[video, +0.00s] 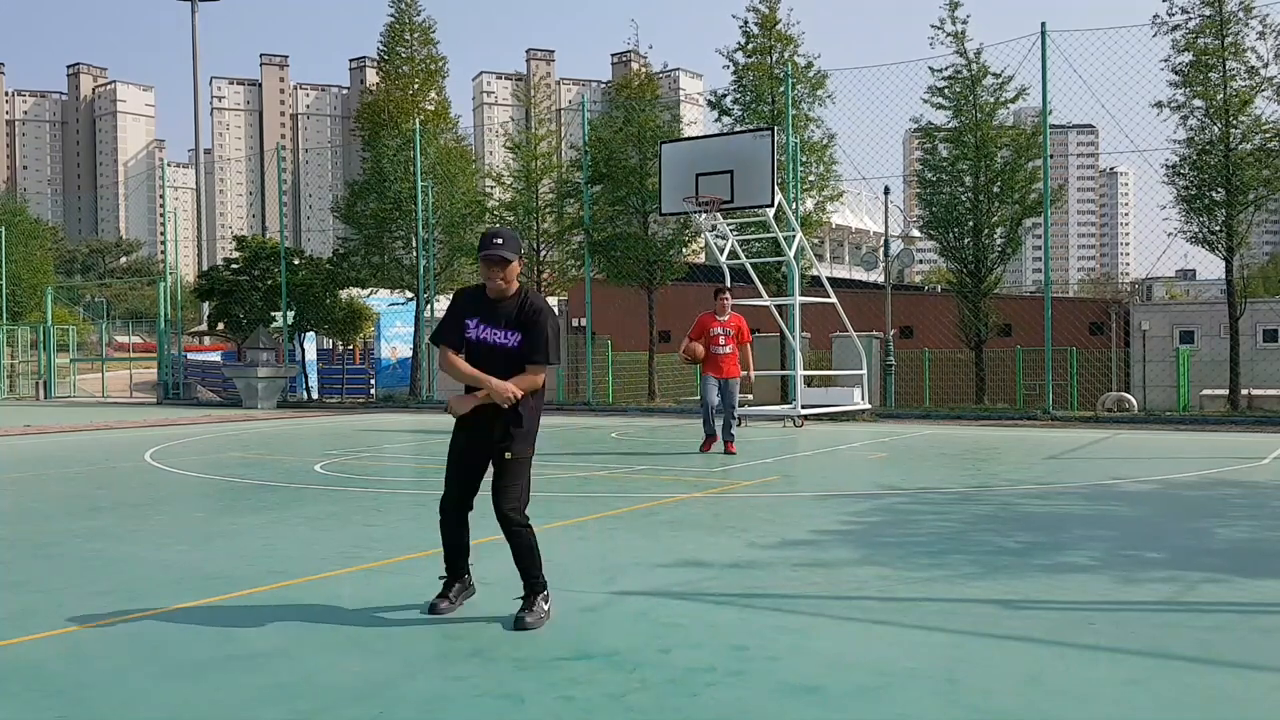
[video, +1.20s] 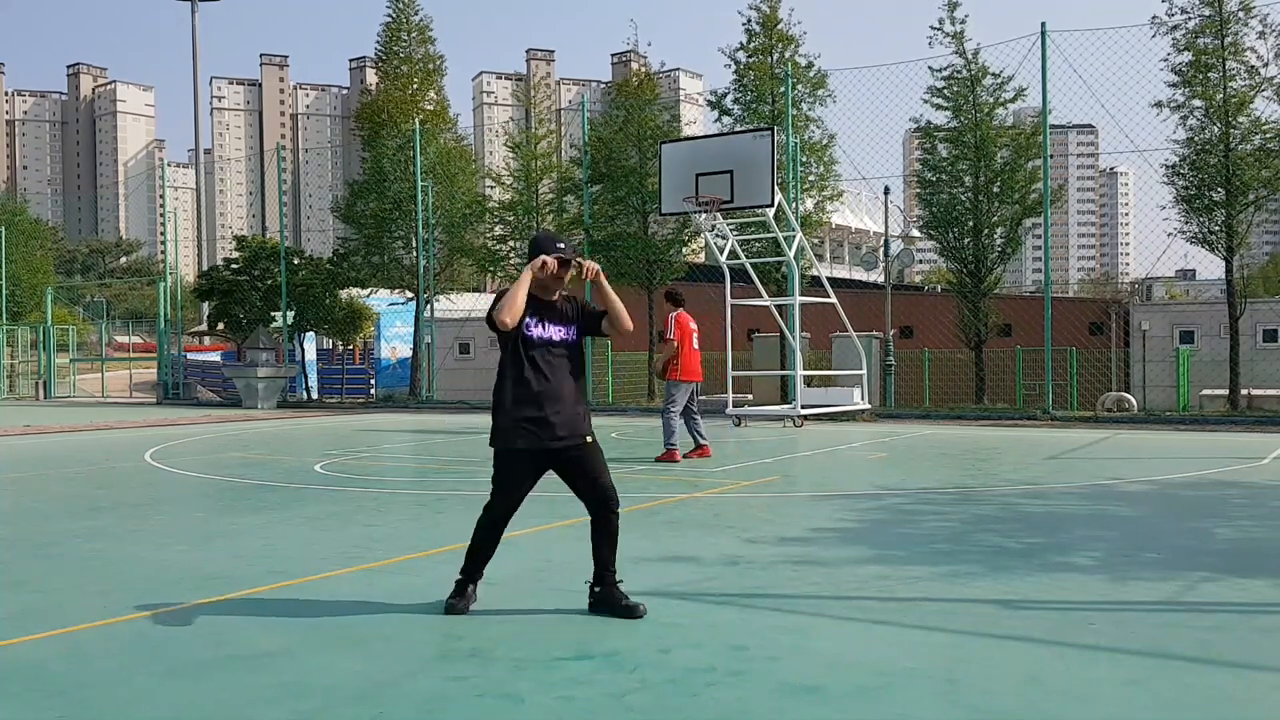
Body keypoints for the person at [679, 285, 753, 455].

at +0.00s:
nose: (725, 302)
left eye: (727, 299)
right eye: (722, 299)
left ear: (731, 301)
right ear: (716, 301)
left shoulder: (739, 320)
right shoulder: (704, 319)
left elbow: (745, 345)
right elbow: (689, 338)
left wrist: (750, 369)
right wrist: (681, 352)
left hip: (732, 371)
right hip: (710, 371)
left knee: (731, 408)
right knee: (709, 402)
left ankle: (729, 440)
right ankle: (710, 435)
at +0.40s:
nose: (699, 305)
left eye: (702, 302)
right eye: (699, 302)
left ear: (712, 303)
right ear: (706, 303)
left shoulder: (729, 321)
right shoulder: (698, 322)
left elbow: (738, 344)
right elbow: (690, 344)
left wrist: (731, 362)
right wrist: (682, 356)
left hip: (724, 373)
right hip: (704, 372)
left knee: (726, 411)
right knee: (703, 409)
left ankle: (728, 442)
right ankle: (703, 444)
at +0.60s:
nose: (688, 304)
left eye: (690, 301)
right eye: (689, 301)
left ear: (699, 302)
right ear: (697, 303)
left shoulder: (716, 319)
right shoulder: (692, 322)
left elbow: (724, 343)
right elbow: (689, 345)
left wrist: (710, 362)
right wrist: (680, 356)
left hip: (712, 371)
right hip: (693, 372)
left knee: (718, 407)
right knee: (695, 410)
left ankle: (727, 436)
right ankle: (701, 445)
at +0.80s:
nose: (678, 305)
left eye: (680, 301)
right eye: (679, 301)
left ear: (687, 301)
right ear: (690, 301)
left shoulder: (704, 316)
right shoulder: (690, 321)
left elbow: (707, 344)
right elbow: (690, 345)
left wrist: (688, 360)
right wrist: (679, 356)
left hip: (703, 371)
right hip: (690, 371)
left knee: (698, 403)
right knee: (691, 407)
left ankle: (716, 436)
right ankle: (701, 444)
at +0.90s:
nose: (675, 305)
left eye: (676, 301)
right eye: (675, 301)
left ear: (683, 302)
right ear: (688, 301)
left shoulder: (696, 316)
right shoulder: (691, 318)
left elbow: (699, 341)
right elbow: (686, 343)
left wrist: (681, 358)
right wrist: (676, 356)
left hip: (697, 370)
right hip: (693, 369)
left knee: (688, 405)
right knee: (694, 405)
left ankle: (703, 443)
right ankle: (701, 444)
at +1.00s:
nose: (672, 305)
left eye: (673, 301)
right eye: (672, 301)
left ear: (679, 301)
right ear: (687, 300)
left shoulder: (689, 316)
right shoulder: (694, 316)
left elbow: (690, 341)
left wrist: (673, 359)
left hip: (691, 372)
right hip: (698, 372)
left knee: (680, 406)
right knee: (694, 408)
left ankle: (685, 446)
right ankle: (702, 445)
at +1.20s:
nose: (664, 305)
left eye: (665, 302)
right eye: (664, 302)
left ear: (669, 302)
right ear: (681, 302)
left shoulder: (674, 317)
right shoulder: (690, 319)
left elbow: (672, 344)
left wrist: (661, 361)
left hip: (680, 373)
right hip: (694, 372)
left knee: (670, 411)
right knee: (690, 410)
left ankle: (671, 449)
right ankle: (702, 445)